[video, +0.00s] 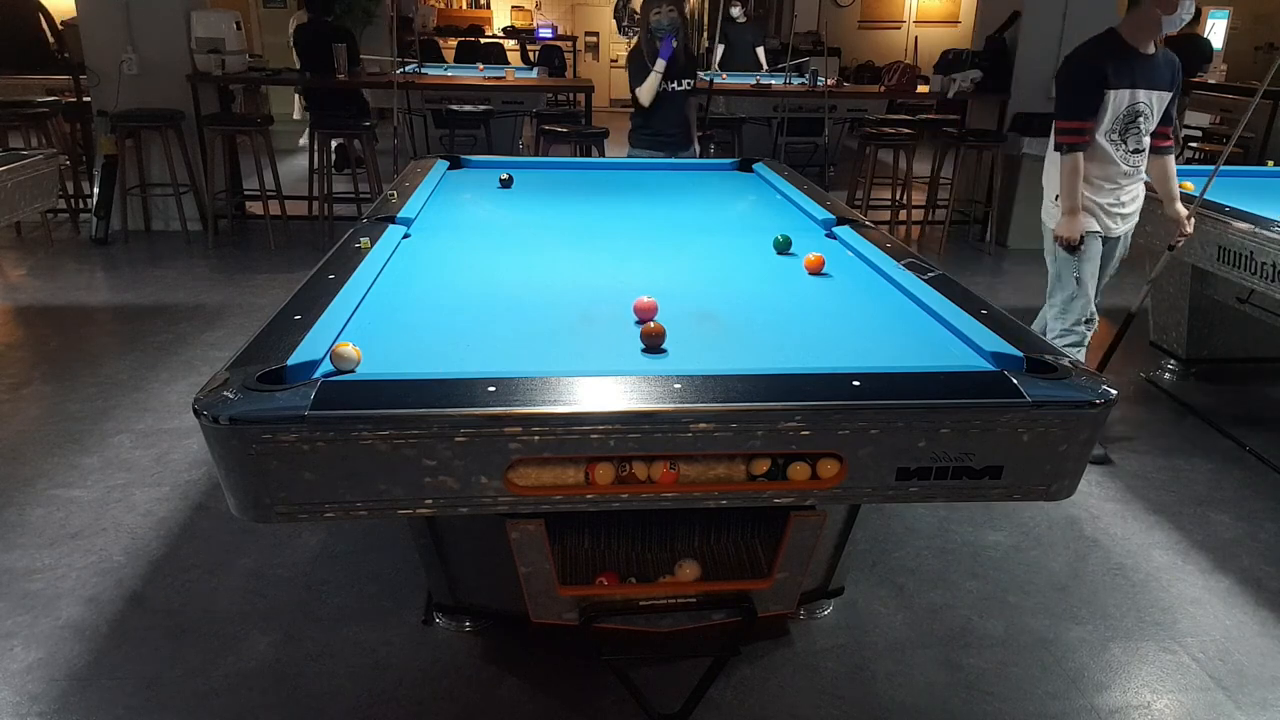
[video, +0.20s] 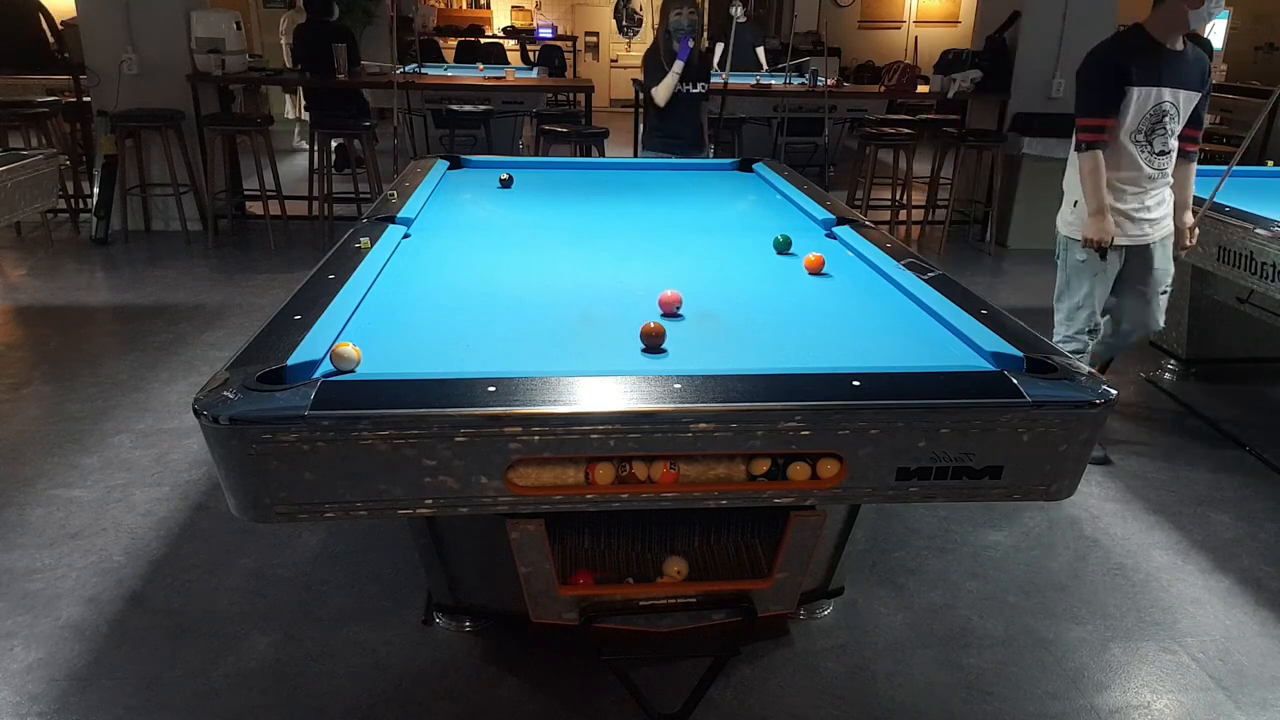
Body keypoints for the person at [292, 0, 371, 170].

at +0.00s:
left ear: (307, 9)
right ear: (332, 8)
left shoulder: (299, 32)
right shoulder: (343, 31)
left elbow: (305, 66)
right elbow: (356, 71)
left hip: (314, 101)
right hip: (345, 102)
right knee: (361, 106)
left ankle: (350, 151)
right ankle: (345, 149)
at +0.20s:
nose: (336, 7)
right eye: (333, 4)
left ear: (307, 8)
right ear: (331, 7)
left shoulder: (300, 30)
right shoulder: (342, 30)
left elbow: (295, 63)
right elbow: (355, 67)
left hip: (314, 102)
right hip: (346, 103)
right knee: (362, 107)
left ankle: (351, 151)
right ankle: (344, 148)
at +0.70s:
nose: (340, 10)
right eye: (336, 6)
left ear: (307, 8)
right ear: (329, 8)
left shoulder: (297, 29)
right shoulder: (340, 32)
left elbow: (305, 67)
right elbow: (355, 69)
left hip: (314, 104)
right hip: (345, 105)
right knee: (362, 106)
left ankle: (351, 151)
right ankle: (346, 148)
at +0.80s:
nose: (340, 10)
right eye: (337, 6)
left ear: (308, 8)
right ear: (330, 8)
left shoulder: (298, 30)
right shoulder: (341, 31)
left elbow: (303, 67)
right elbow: (354, 68)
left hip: (314, 104)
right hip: (345, 105)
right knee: (362, 106)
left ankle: (352, 151)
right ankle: (346, 149)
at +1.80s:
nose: (337, 8)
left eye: (336, 4)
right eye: (334, 4)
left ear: (310, 8)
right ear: (324, 6)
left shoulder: (302, 28)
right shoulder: (333, 29)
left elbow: (306, 67)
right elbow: (352, 65)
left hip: (313, 99)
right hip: (341, 101)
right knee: (363, 109)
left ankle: (348, 150)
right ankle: (346, 149)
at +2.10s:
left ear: (302, 8)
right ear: (319, 6)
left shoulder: (298, 30)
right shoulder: (332, 26)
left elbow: (301, 66)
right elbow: (350, 57)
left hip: (313, 99)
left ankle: (348, 150)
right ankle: (345, 149)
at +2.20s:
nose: (336, 9)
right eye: (332, 5)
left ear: (305, 7)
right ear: (324, 6)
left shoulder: (299, 27)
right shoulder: (333, 28)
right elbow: (352, 60)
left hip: (313, 99)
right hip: (339, 101)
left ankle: (347, 150)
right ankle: (345, 149)